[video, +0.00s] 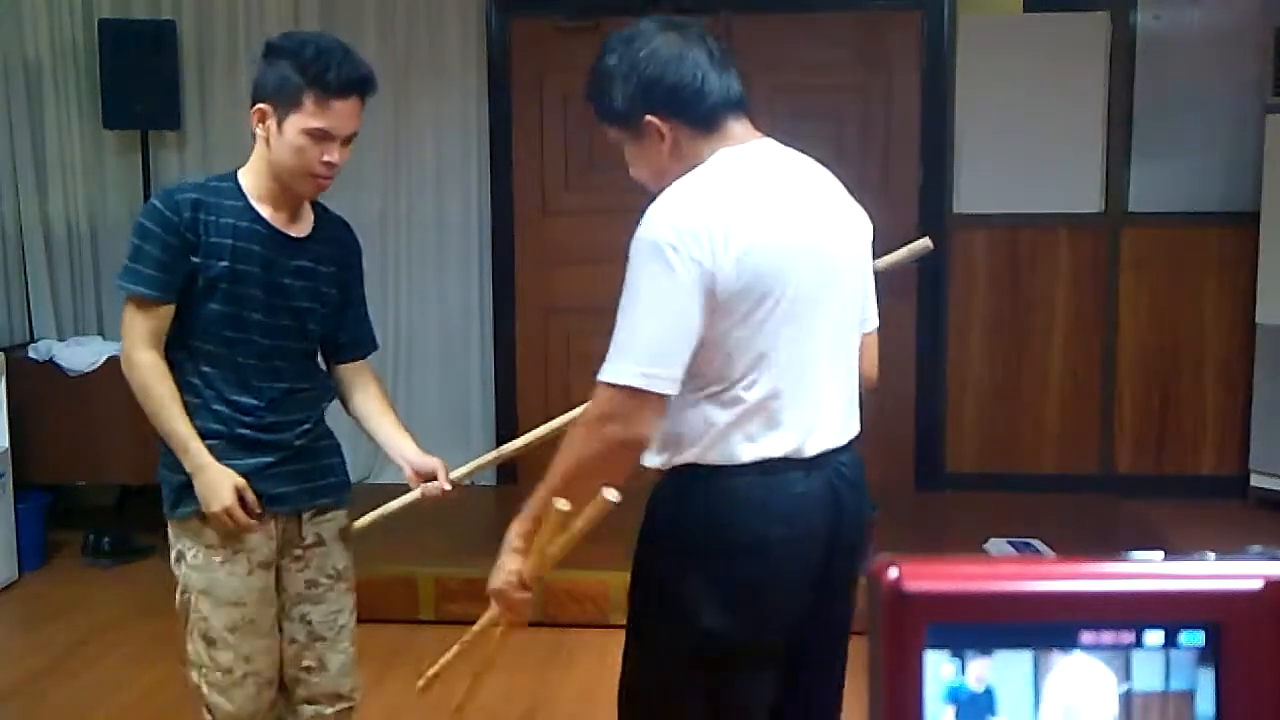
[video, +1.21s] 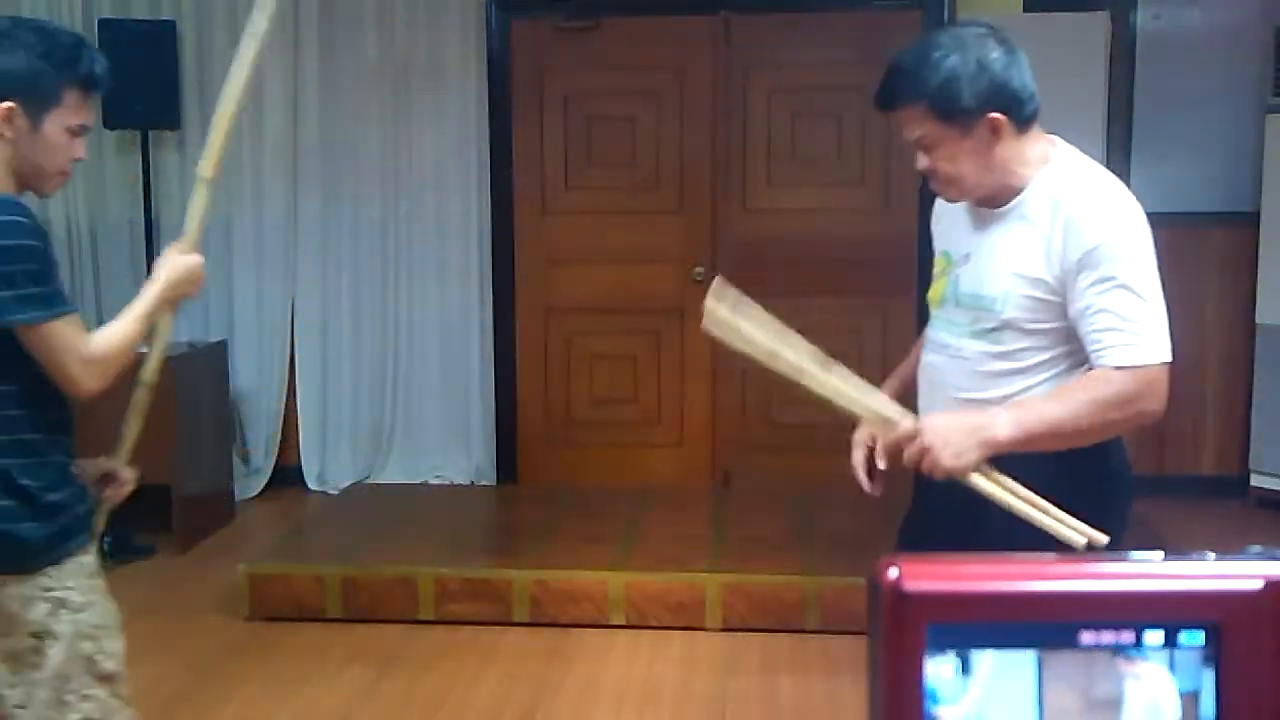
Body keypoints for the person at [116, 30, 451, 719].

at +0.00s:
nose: (334, 158)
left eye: (346, 141)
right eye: (318, 137)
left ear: (355, 133)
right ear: (263, 123)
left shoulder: (335, 238)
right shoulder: (182, 215)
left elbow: (351, 366)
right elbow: (139, 350)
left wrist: (406, 450)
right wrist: (202, 467)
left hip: (317, 500)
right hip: (220, 504)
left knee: (329, 699)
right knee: (241, 704)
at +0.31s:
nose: (315, 156)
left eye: (322, 137)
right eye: (301, 135)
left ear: (324, 127)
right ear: (239, 121)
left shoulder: (283, 231)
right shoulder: (161, 221)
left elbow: (298, 362)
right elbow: (146, 374)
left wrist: (373, 449)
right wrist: (275, 457)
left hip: (282, 511)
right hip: (199, 521)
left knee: (304, 699)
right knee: (224, 707)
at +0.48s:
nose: (282, 158)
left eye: (288, 139)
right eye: (271, 136)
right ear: (206, 121)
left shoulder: (213, 227)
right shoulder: (146, 221)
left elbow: (222, 371)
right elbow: (169, 385)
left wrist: (312, 435)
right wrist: (311, 431)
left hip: (221, 518)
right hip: (166, 531)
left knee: (272, 702)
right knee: (200, 708)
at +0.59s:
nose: (259, 150)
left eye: (263, 132)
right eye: (248, 129)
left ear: (185, 120)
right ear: (183, 116)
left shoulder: (169, 221)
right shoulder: (135, 218)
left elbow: (196, 374)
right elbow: (185, 381)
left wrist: (281, 440)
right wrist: (323, 396)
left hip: (181, 528)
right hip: (157, 537)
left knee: (218, 698)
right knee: (206, 702)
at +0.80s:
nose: (204, 144)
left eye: (208, 125)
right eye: (198, 122)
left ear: (136, 110)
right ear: (137, 108)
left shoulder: (69, 209)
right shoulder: (118, 220)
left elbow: (104, 389)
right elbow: (216, 370)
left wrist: (210, 429)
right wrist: (313, 338)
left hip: (88, 525)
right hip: (145, 536)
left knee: (123, 705)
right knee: (181, 708)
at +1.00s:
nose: (141, 148)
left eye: (145, 130)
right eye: (135, 127)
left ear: (68, 115)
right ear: (72, 115)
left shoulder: (9, 212)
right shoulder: (70, 226)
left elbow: (32, 398)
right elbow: (181, 361)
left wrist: (142, 451)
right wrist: (256, 292)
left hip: (18, 537)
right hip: (99, 545)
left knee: (32, 710)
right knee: (152, 705)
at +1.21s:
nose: (81, 153)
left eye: (86, 134)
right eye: (72, 132)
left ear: (15, 126)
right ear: (12, 122)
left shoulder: (12, 222)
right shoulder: (8, 223)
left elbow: (5, 408)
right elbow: (85, 372)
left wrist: (74, 473)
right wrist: (160, 290)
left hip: (30, 533)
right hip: (32, 539)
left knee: (47, 701)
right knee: (75, 704)